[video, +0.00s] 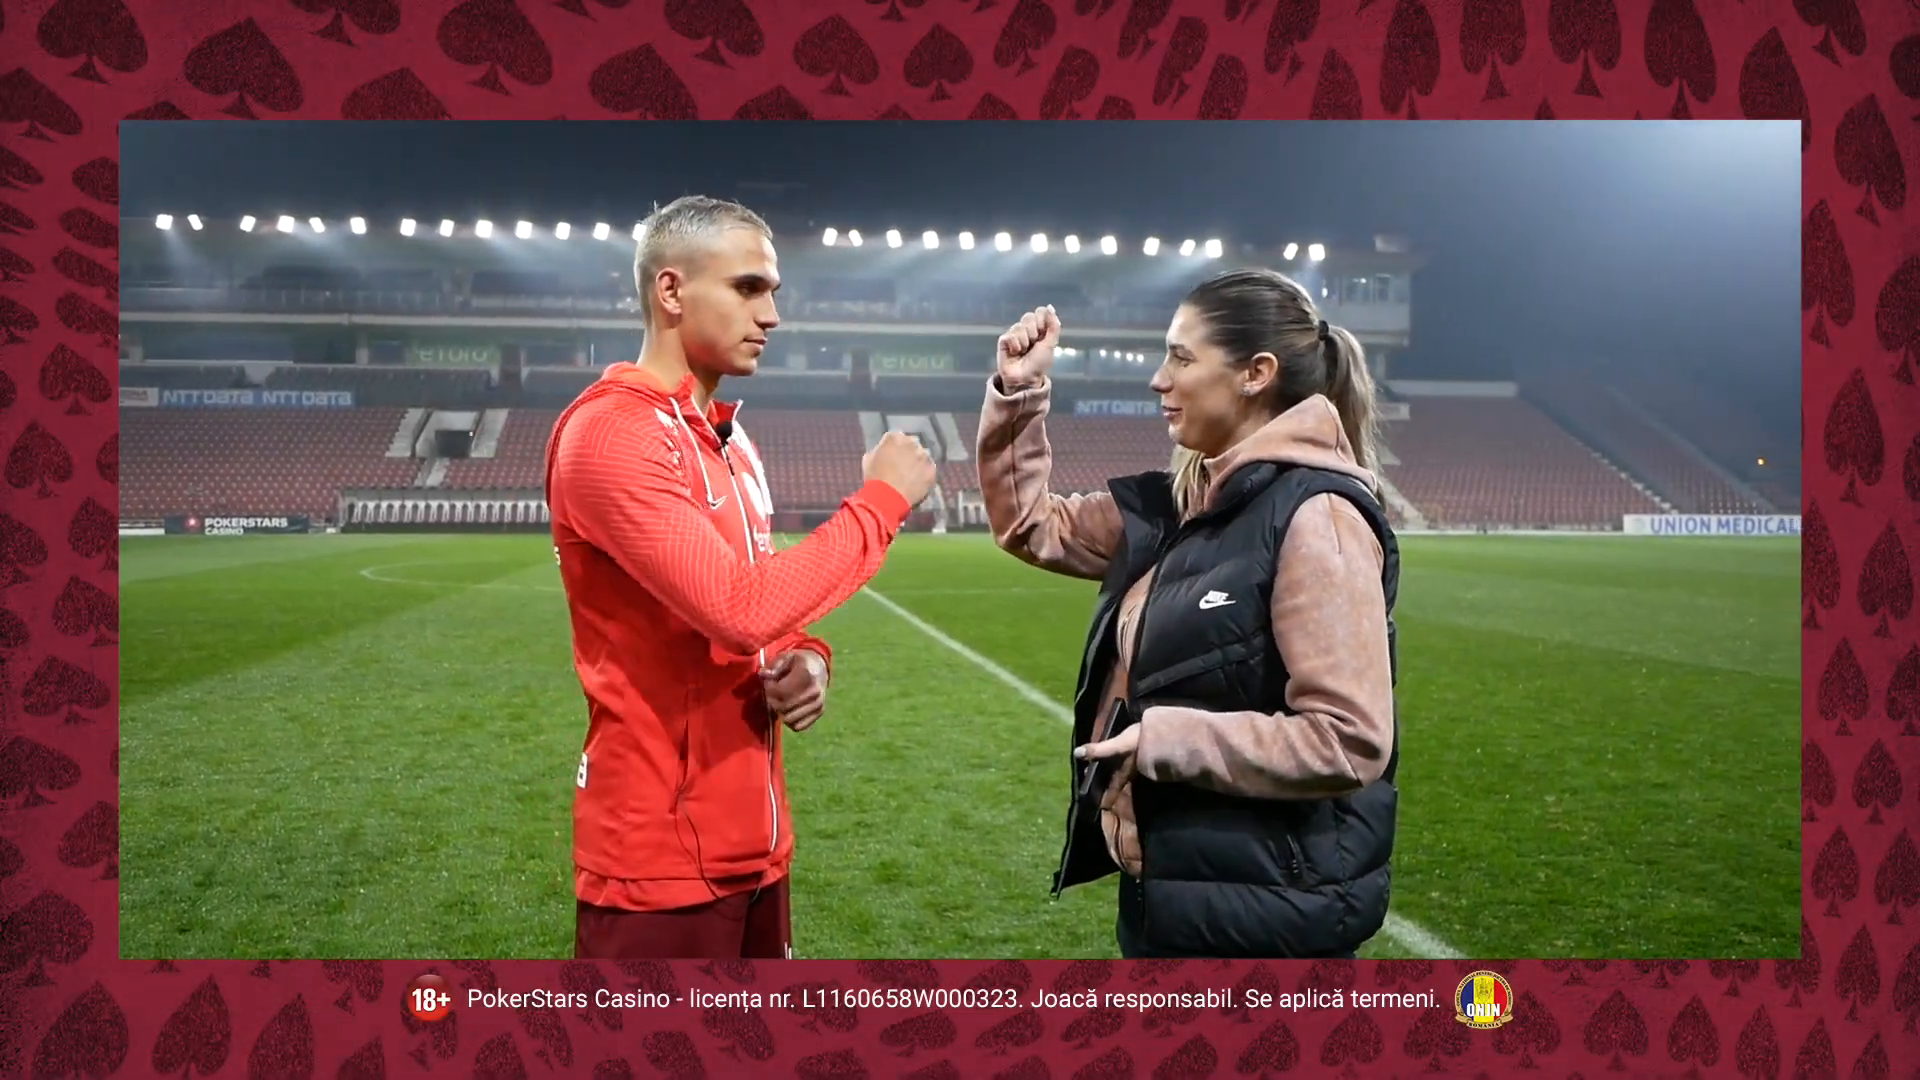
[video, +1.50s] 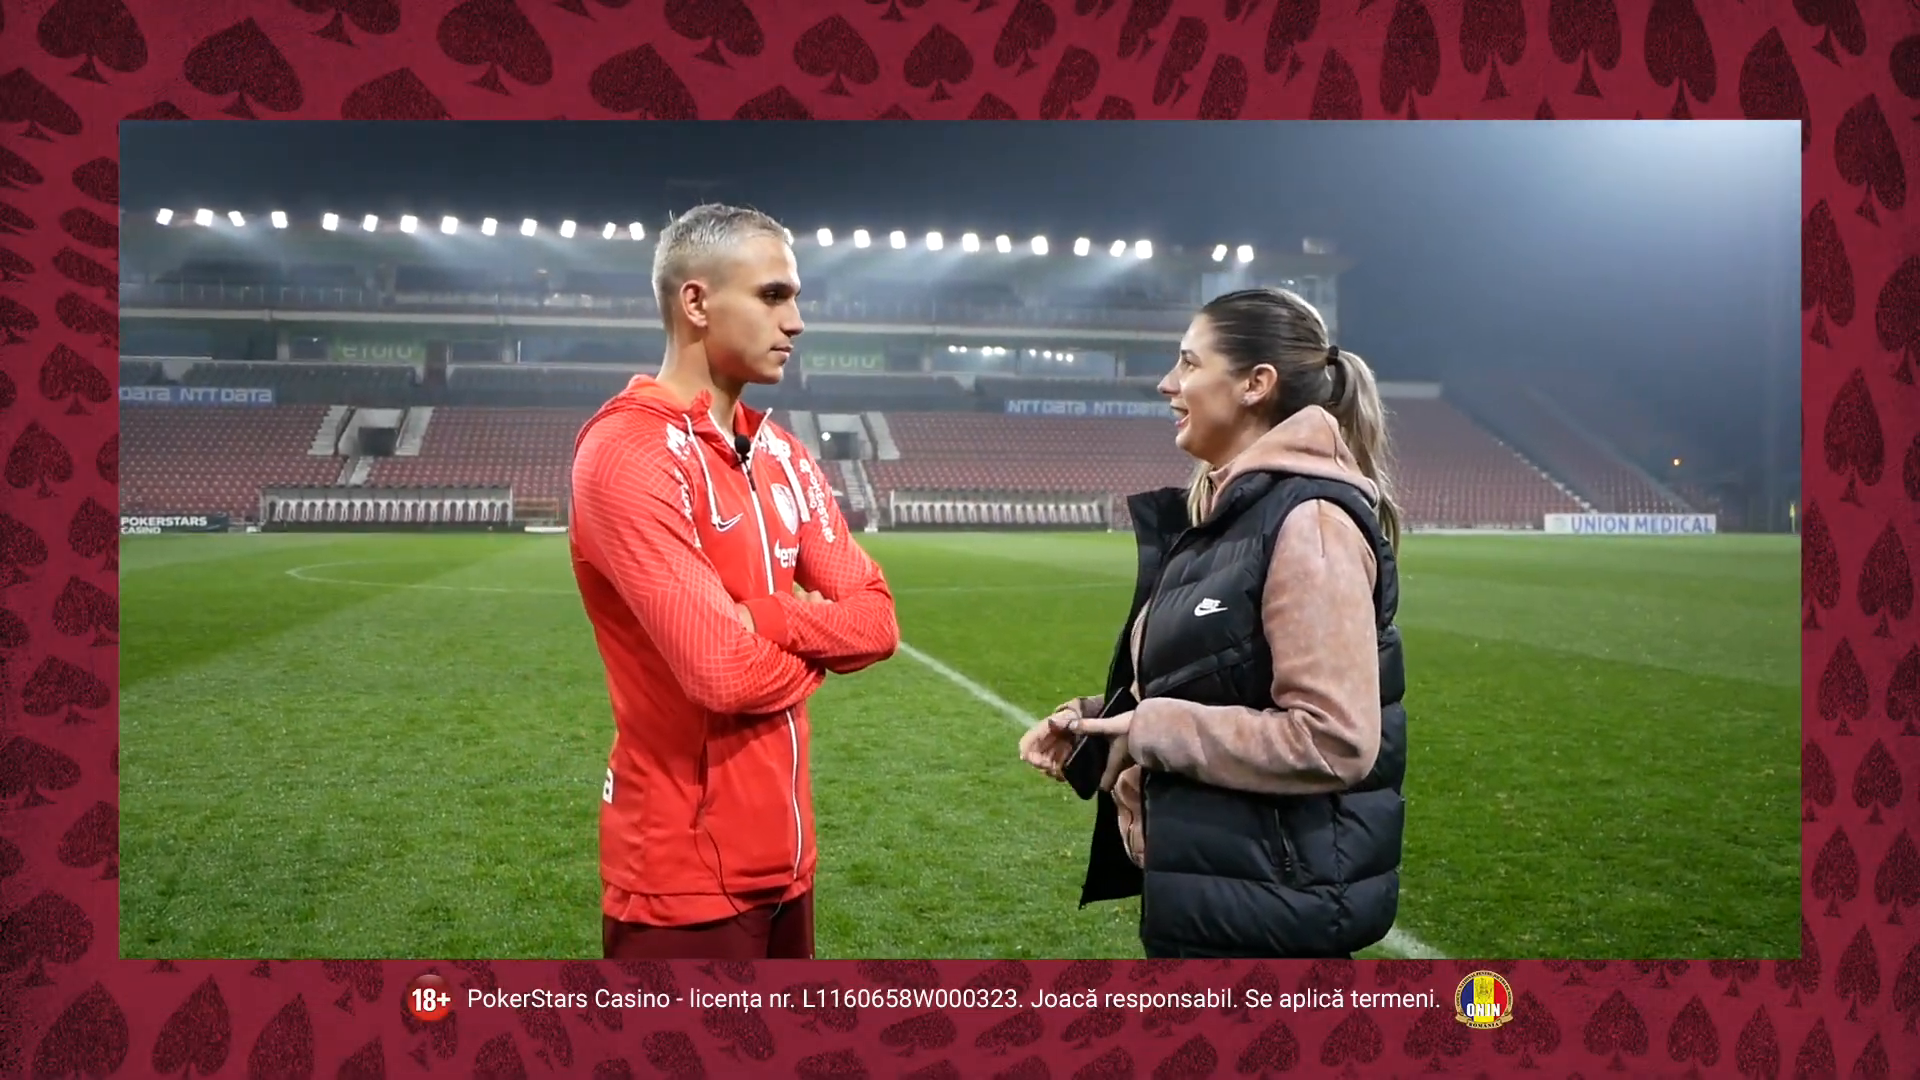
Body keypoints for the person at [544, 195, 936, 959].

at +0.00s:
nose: (771, 314)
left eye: (772, 293)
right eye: (750, 287)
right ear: (671, 291)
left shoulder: (731, 442)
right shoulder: (608, 435)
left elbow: (761, 607)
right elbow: (745, 610)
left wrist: (810, 660)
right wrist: (882, 503)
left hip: (752, 847)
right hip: (659, 860)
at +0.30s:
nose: (778, 316)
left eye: (778, 294)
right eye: (754, 291)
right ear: (676, 296)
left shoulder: (770, 444)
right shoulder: (596, 442)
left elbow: (861, 601)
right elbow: (667, 644)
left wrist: (736, 613)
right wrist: (818, 707)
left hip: (766, 839)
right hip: (654, 849)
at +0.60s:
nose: (777, 317)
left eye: (777, 294)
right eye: (753, 291)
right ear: (674, 297)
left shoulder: (782, 442)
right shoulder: (594, 444)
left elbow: (883, 593)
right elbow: (685, 647)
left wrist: (729, 583)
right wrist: (801, 608)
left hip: (765, 842)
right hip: (650, 854)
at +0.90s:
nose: (769, 311)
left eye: (768, 287)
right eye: (744, 285)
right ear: (666, 291)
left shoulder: (768, 444)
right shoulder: (592, 445)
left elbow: (858, 615)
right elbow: (683, 662)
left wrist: (718, 603)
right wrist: (791, 628)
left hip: (758, 843)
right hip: (648, 852)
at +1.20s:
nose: (782, 309)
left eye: (778, 286)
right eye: (757, 284)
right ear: (680, 292)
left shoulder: (771, 448)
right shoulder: (607, 447)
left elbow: (864, 616)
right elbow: (698, 669)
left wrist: (732, 610)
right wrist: (799, 645)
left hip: (763, 845)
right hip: (662, 857)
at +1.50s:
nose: (796, 321)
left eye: (794, 298)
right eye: (772, 296)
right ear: (695, 303)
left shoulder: (784, 454)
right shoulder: (624, 456)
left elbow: (876, 622)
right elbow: (723, 676)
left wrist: (751, 615)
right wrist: (822, 644)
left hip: (781, 852)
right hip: (682, 865)